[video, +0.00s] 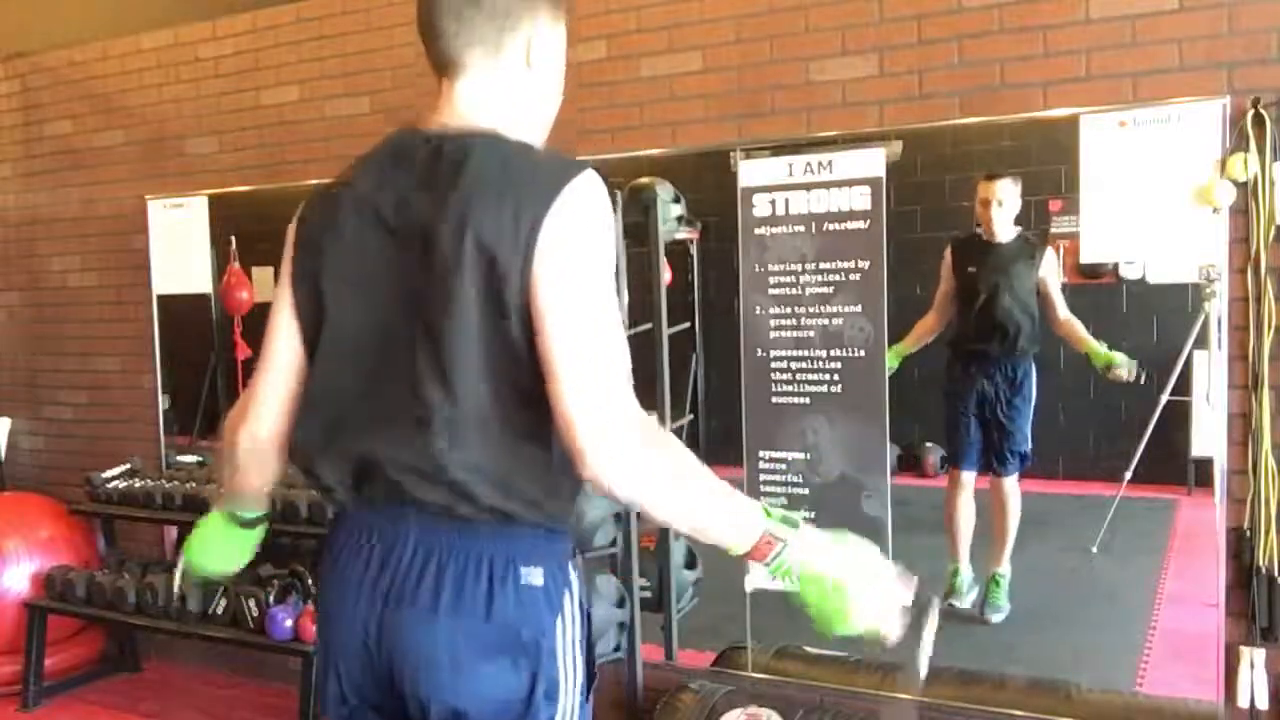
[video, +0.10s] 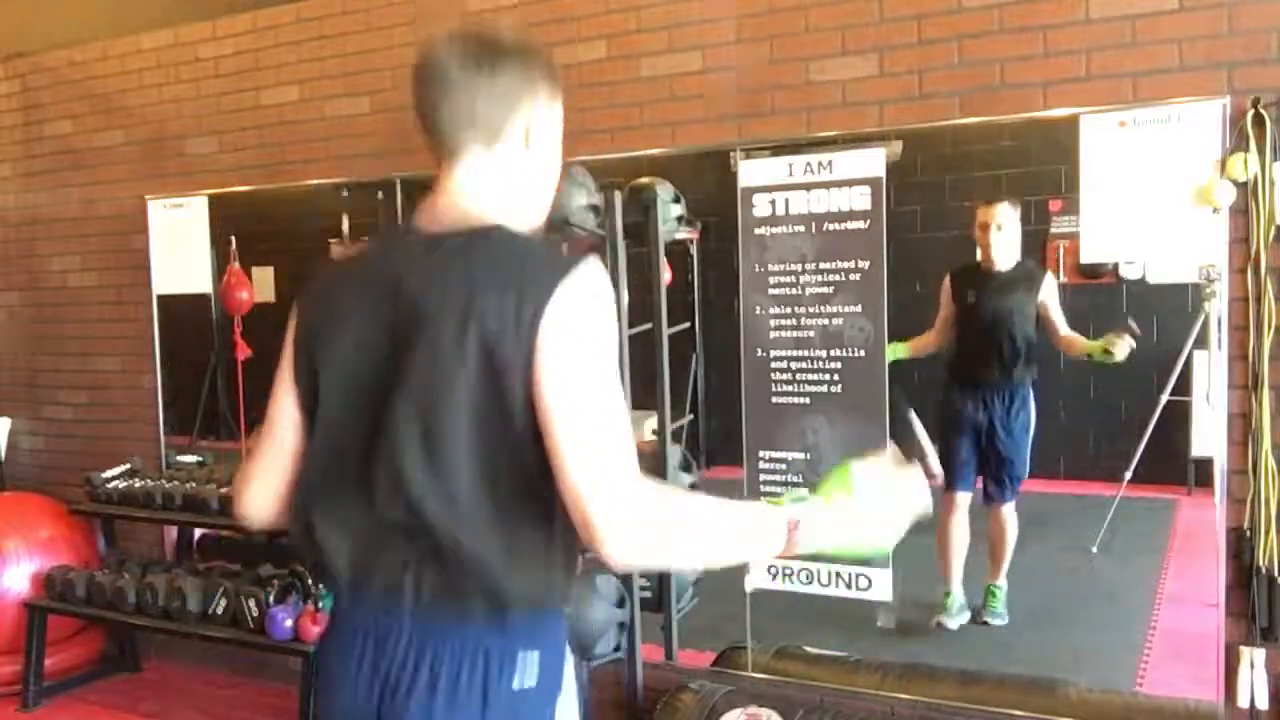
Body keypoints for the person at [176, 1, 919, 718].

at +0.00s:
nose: (563, 79)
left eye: (561, 55)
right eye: (562, 54)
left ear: (435, 54)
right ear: (538, 50)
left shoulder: (329, 207)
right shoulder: (558, 193)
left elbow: (255, 441)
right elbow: (608, 446)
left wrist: (235, 510)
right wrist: (784, 546)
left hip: (356, 566)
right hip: (502, 583)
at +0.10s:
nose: (561, 154)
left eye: (557, 130)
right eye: (558, 130)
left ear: (435, 132)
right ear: (535, 127)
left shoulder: (331, 289)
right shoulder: (555, 284)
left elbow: (259, 500)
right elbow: (621, 528)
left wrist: (371, 445)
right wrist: (804, 522)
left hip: (356, 646)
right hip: (502, 657)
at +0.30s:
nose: (545, 72)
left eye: (540, 48)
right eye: (540, 46)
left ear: (416, 54)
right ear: (516, 43)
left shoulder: (331, 222)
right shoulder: (540, 190)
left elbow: (271, 435)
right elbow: (607, 432)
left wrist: (252, 539)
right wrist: (777, 530)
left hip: (353, 563)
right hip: (491, 572)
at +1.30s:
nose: (579, 157)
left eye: (572, 136)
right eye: (575, 136)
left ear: (448, 155)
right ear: (555, 144)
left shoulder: (362, 312)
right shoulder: (589, 304)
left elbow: (298, 518)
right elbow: (665, 536)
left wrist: (394, 434)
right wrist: (850, 516)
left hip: (411, 664)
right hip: (558, 668)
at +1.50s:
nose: (581, 61)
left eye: (577, 41)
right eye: (577, 39)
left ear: (454, 52)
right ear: (555, 41)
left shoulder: (354, 212)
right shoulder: (588, 194)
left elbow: (296, 427)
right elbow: (644, 436)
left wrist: (270, 541)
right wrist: (809, 552)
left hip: (381, 578)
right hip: (530, 595)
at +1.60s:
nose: (575, 89)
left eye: (573, 67)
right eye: (572, 66)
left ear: (450, 68)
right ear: (550, 64)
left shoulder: (343, 220)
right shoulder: (580, 212)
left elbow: (291, 446)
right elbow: (627, 451)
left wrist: (274, 521)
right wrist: (801, 551)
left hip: (382, 576)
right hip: (526, 587)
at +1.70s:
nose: (573, 161)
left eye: (569, 142)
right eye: (570, 141)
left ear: (446, 144)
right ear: (550, 140)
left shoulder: (343, 299)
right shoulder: (578, 296)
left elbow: (271, 507)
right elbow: (643, 530)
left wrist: (387, 463)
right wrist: (816, 528)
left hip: (377, 660)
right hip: (529, 665)